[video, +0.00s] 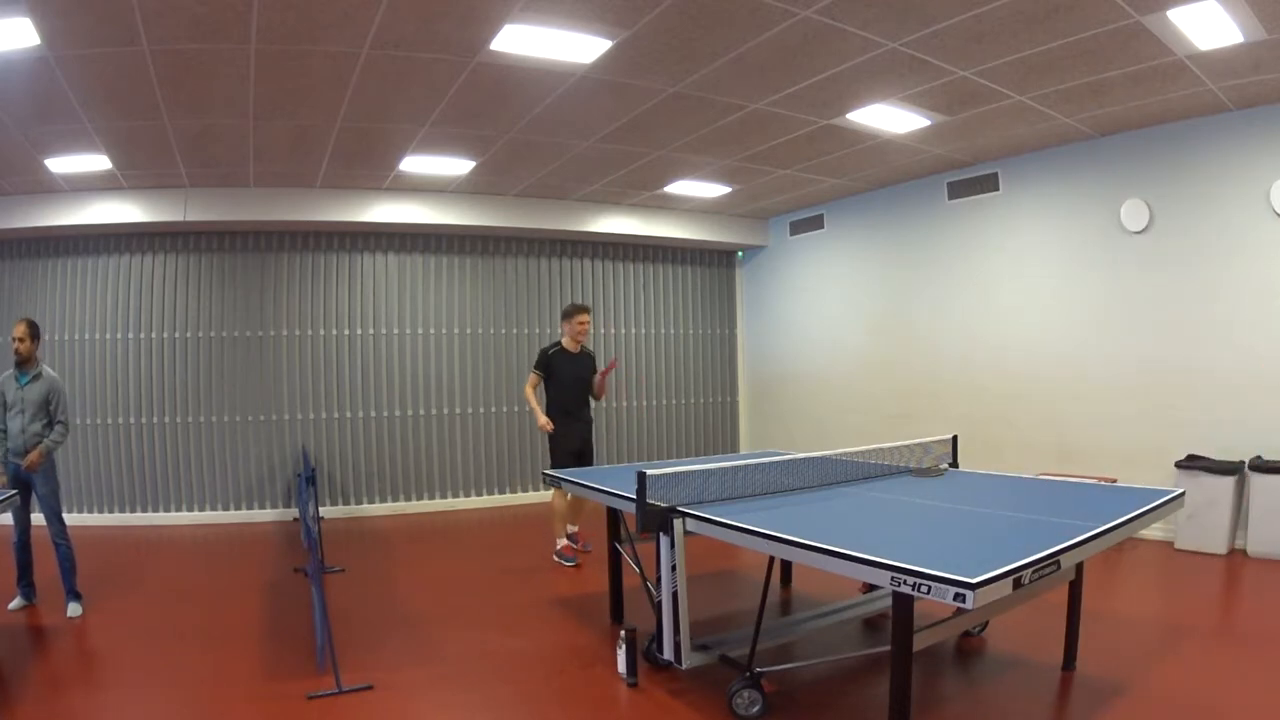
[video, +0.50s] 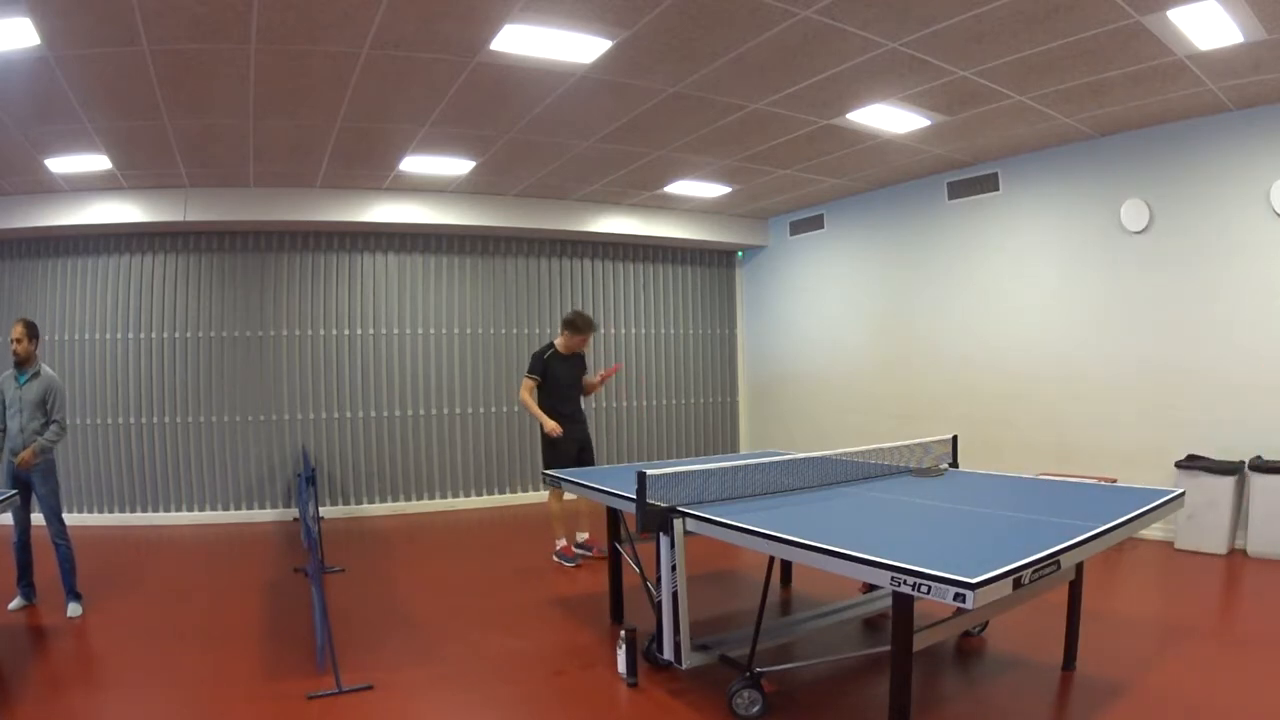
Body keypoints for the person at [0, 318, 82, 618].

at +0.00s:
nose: (16, 345)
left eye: (22, 340)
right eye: (13, 340)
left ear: (36, 343)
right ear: (11, 343)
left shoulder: (51, 381)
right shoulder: (5, 382)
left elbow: (62, 426)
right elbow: (2, 426)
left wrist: (42, 451)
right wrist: (2, 467)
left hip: (41, 463)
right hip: (11, 463)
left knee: (57, 531)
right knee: (20, 532)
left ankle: (72, 596)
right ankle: (26, 593)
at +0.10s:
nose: (14, 345)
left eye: (20, 340)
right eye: (12, 341)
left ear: (35, 344)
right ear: (10, 344)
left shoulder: (50, 381)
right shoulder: (5, 382)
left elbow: (62, 426)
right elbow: (3, 426)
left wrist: (41, 451)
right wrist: (2, 467)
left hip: (41, 462)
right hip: (12, 462)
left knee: (57, 531)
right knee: (20, 532)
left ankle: (72, 596)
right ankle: (26, 593)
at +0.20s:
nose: (14, 346)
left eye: (19, 341)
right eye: (11, 341)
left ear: (34, 344)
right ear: (10, 345)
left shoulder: (49, 381)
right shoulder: (6, 381)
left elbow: (61, 426)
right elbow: (5, 421)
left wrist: (39, 451)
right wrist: (6, 452)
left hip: (41, 463)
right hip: (11, 463)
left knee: (56, 531)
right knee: (20, 532)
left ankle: (72, 596)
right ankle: (26, 593)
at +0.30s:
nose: (13, 346)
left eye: (19, 341)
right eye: (11, 341)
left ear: (34, 344)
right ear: (10, 345)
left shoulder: (49, 381)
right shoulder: (6, 381)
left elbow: (59, 426)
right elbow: (4, 422)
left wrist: (36, 451)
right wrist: (6, 453)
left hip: (41, 463)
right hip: (11, 463)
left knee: (56, 531)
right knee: (20, 532)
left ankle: (72, 596)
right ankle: (26, 593)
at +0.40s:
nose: (13, 346)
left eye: (19, 341)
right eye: (11, 341)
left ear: (34, 344)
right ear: (10, 345)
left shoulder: (49, 381)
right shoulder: (5, 381)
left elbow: (59, 426)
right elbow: (4, 422)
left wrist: (35, 450)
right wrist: (6, 454)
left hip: (41, 464)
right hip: (11, 463)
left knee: (56, 531)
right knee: (20, 532)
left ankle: (72, 596)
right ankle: (26, 593)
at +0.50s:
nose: (13, 346)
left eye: (19, 341)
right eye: (11, 341)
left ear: (34, 344)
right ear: (10, 345)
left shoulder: (49, 381)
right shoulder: (5, 381)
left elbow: (59, 426)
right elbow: (4, 423)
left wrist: (35, 450)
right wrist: (6, 455)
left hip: (41, 464)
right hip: (11, 464)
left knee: (56, 531)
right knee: (20, 532)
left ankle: (72, 596)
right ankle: (26, 593)